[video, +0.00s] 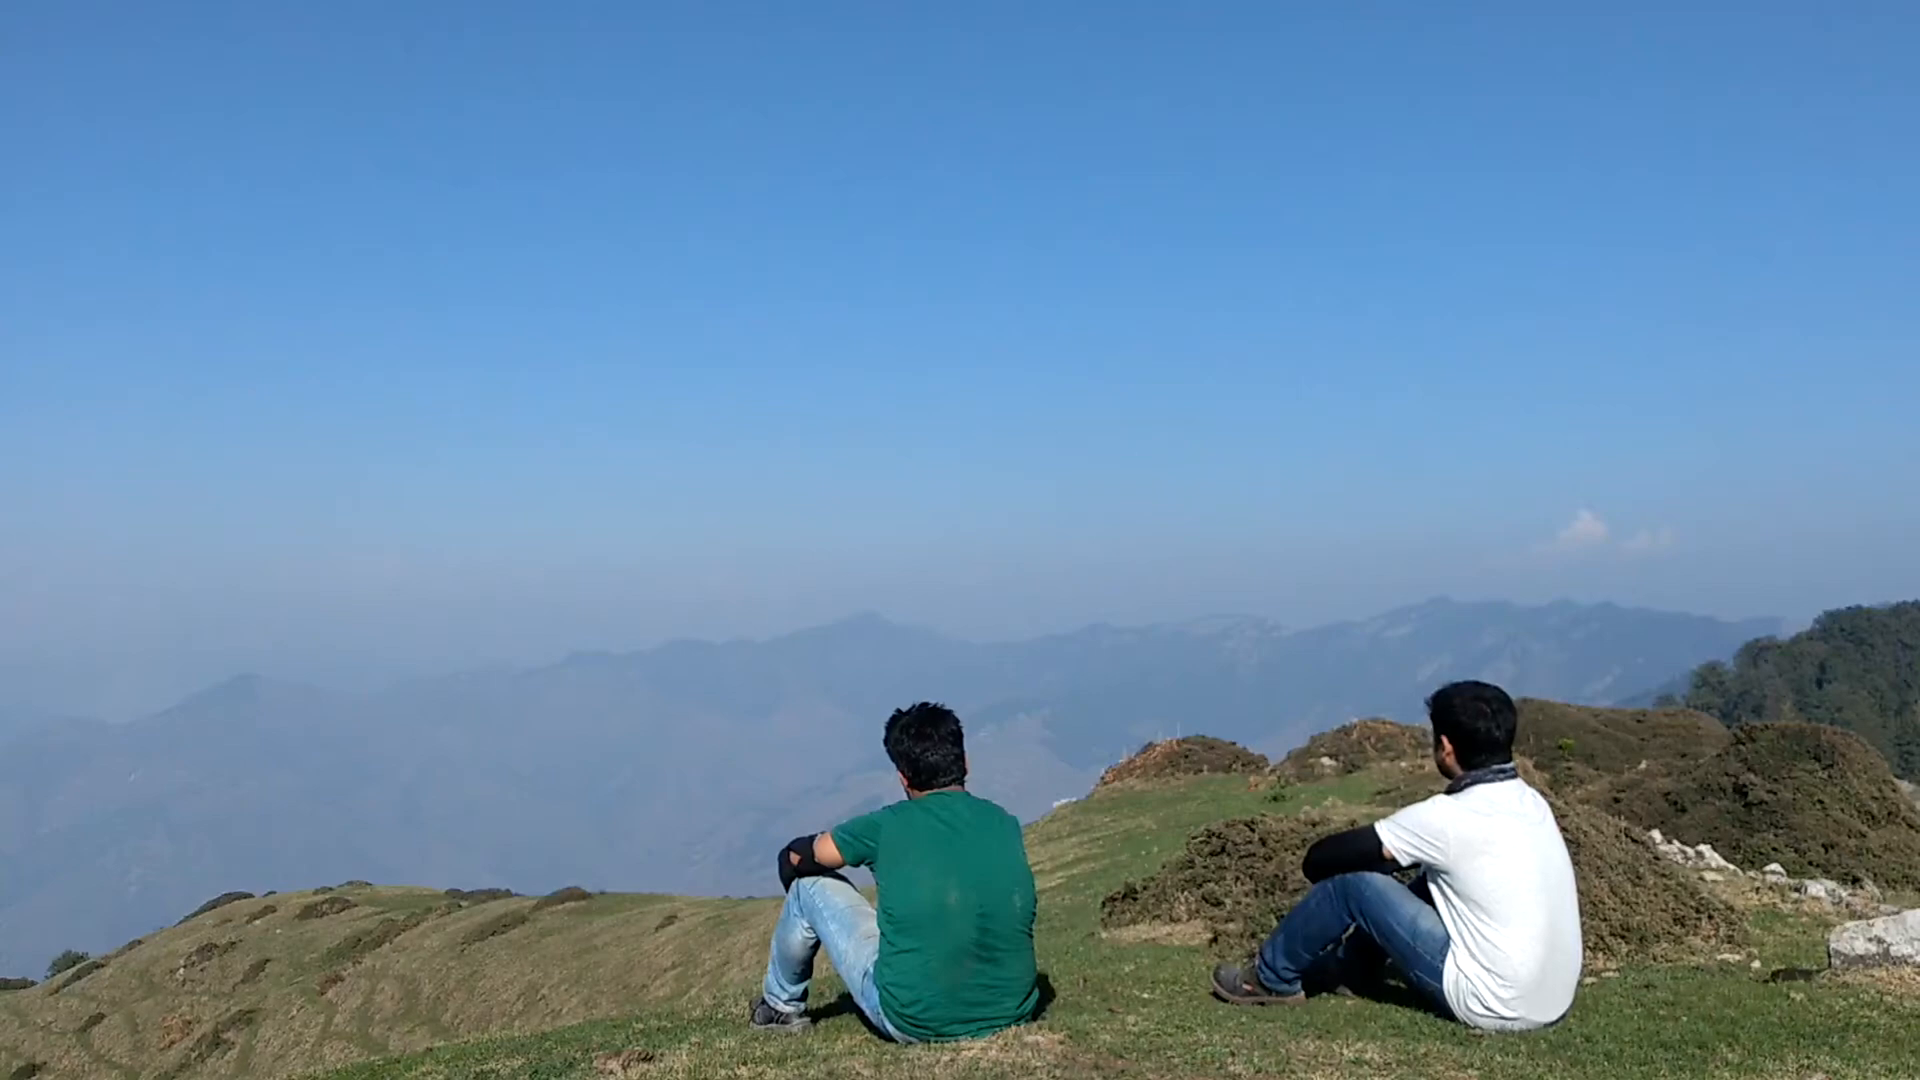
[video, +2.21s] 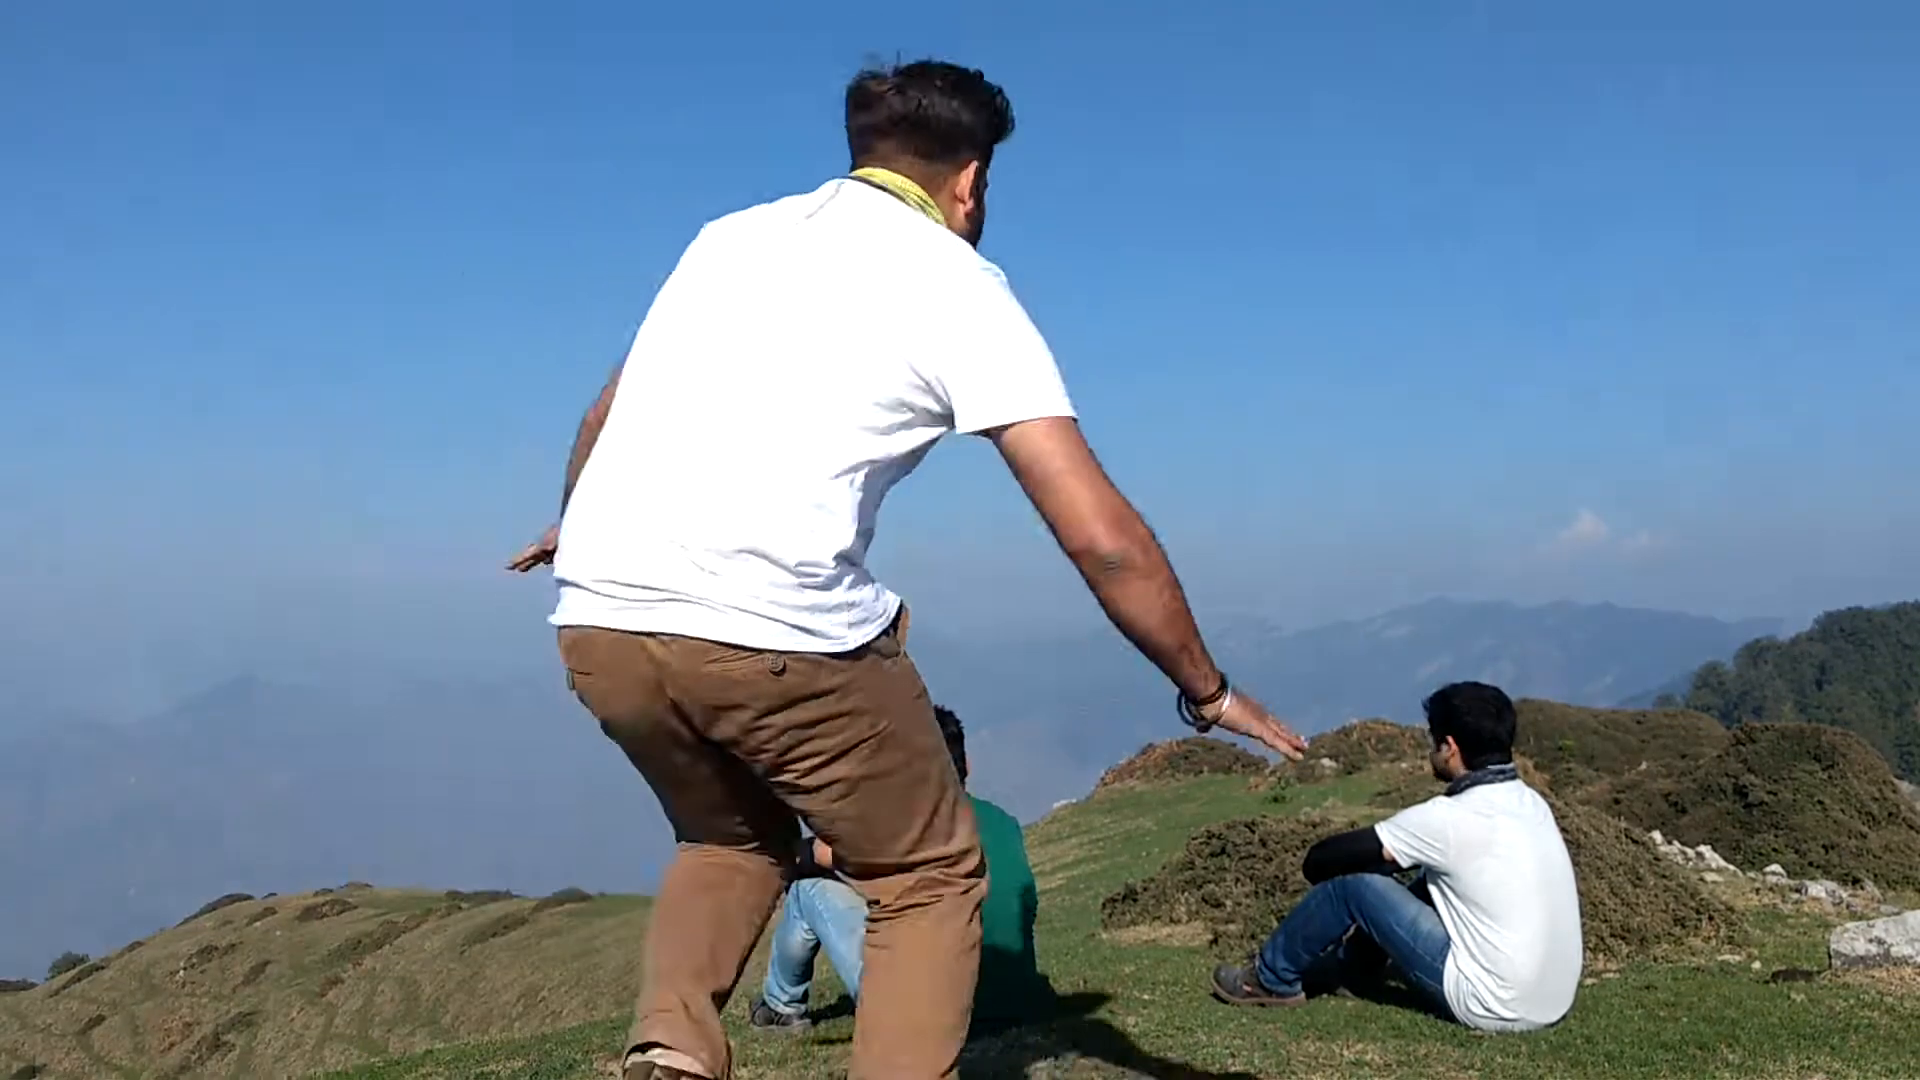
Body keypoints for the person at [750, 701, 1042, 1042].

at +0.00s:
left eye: (898, 770)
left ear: (904, 778)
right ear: (966, 764)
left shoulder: (888, 824)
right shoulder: (1006, 823)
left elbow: (796, 857)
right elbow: (1022, 913)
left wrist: (797, 890)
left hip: (915, 1020)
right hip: (1008, 1012)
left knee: (810, 886)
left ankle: (781, 1005)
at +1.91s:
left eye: (899, 771)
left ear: (905, 779)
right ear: (967, 765)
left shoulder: (889, 823)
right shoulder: (1006, 823)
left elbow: (796, 856)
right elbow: (1020, 911)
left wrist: (798, 893)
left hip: (912, 1018)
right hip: (1007, 1012)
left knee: (810, 886)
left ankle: (781, 1006)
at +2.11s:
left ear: (904, 779)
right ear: (966, 766)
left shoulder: (881, 829)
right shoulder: (1004, 824)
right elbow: (1022, 910)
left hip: (914, 1012)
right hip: (1010, 1006)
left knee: (824, 900)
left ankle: (777, 1001)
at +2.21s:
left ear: (911, 769)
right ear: (965, 764)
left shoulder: (897, 822)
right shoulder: (1004, 823)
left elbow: (822, 854)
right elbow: (1026, 904)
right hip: (1014, 1002)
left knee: (810, 890)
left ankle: (782, 1005)